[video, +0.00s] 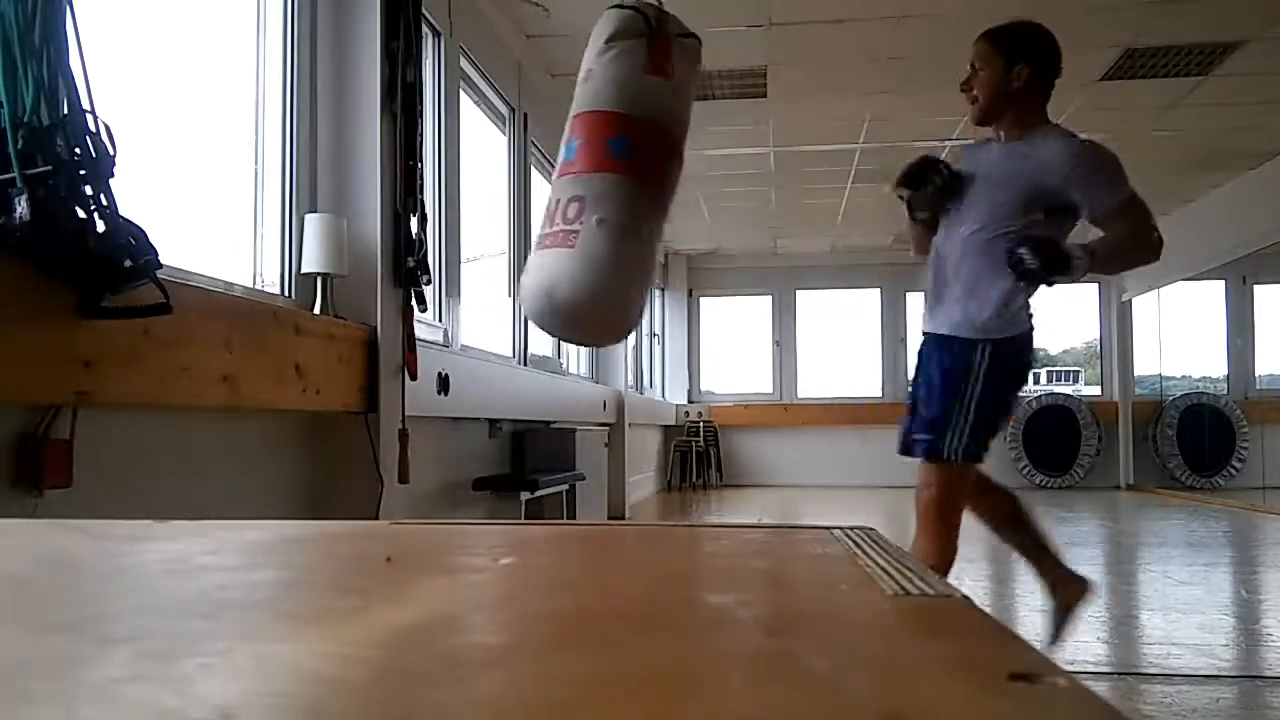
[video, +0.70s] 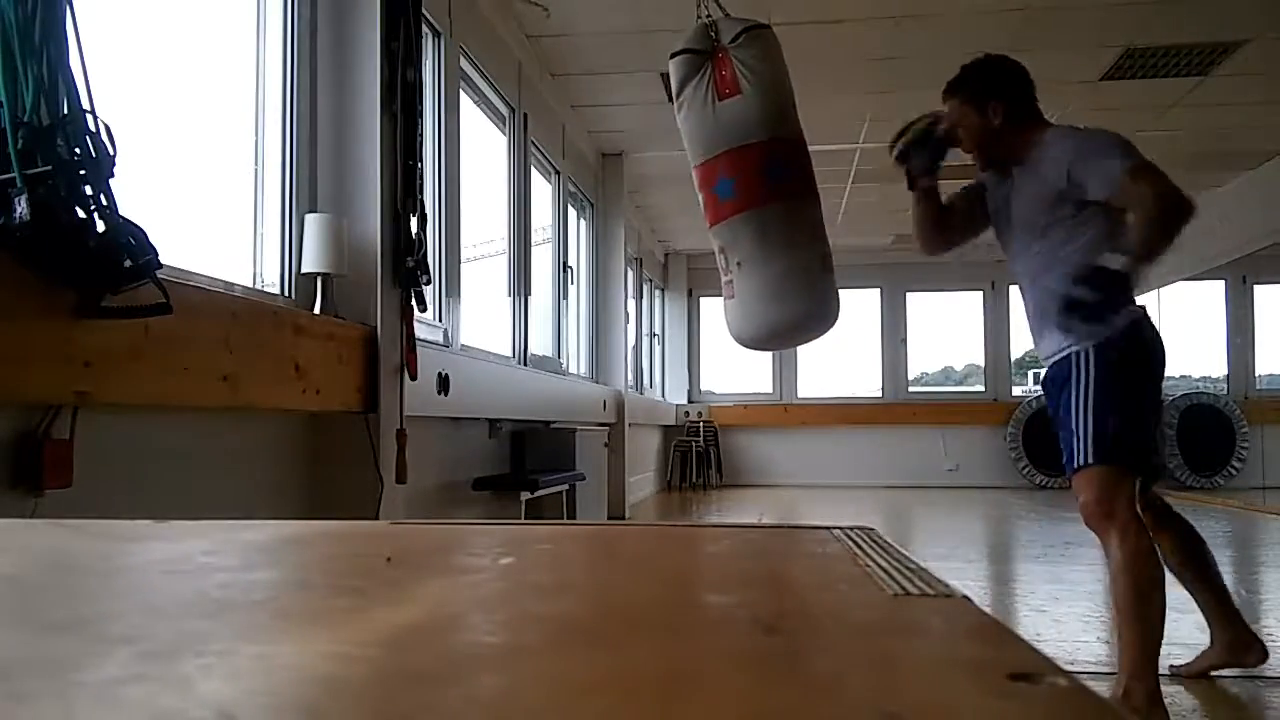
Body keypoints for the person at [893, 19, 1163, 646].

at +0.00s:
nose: (966, 82)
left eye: (978, 70)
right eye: (967, 70)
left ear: (1021, 78)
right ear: (1006, 79)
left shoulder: (1073, 157)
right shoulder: (965, 151)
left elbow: (1143, 241)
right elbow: (925, 250)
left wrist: (1070, 261)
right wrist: (921, 211)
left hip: (989, 340)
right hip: (942, 334)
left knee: (935, 487)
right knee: (958, 478)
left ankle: (913, 628)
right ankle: (1063, 584)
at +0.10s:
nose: (965, 119)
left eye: (974, 106)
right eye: (965, 106)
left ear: (1016, 107)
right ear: (1008, 111)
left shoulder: (1078, 172)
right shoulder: (988, 190)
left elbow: (1154, 251)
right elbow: (979, 289)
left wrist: (1082, 255)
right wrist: (946, 256)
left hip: (1038, 355)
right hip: (996, 356)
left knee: (959, 488)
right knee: (1044, 503)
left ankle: (929, 637)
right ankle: (1143, 622)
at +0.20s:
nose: (964, 137)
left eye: (972, 123)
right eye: (963, 126)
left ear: (1015, 115)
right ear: (1008, 120)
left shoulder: (1079, 164)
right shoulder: (1014, 187)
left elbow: (1125, 244)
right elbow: (1027, 286)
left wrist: (1033, 223)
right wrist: (981, 266)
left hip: (1079, 348)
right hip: (1043, 353)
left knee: (995, 459)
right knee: (1078, 506)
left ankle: (980, 634)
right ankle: (1161, 645)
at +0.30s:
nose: (972, 123)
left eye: (978, 108)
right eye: (968, 111)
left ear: (1018, 97)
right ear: (1014, 105)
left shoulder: (1072, 134)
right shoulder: (1031, 157)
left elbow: (1066, 211)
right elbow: (1053, 252)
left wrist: (985, 168)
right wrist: (1008, 243)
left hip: (1098, 321)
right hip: (1081, 327)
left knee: (1037, 452)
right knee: (1100, 484)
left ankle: (1053, 644)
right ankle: (1161, 636)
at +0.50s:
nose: (986, 146)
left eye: (992, 130)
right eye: (982, 133)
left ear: (1034, 121)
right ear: (1032, 127)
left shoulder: (1095, 171)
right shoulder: (1053, 194)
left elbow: (1116, 270)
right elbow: (1068, 292)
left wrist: (1023, 250)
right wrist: (1001, 290)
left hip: (1116, 358)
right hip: (1102, 362)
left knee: (1083, 502)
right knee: (1146, 509)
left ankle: (1136, 692)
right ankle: (1245, 654)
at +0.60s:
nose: (969, 143)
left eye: (976, 128)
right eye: (966, 131)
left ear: (1019, 118)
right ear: (1011, 125)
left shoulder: (1098, 166)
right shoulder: (1015, 194)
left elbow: (1186, 236)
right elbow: (982, 277)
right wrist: (956, 238)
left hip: (1117, 353)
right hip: (1079, 365)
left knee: (1096, 501)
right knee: (1154, 509)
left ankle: (1139, 696)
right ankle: (1245, 646)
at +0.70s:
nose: (954, 140)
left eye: (958, 125)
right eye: (950, 129)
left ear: (996, 112)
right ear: (992, 116)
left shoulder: (1073, 149)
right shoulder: (999, 181)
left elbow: (1168, 202)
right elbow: (936, 238)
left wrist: (1125, 267)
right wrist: (922, 181)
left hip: (1106, 343)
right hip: (1069, 357)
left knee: (1106, 504)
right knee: (1135, 501)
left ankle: (1138, 696)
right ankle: (1233, 634)